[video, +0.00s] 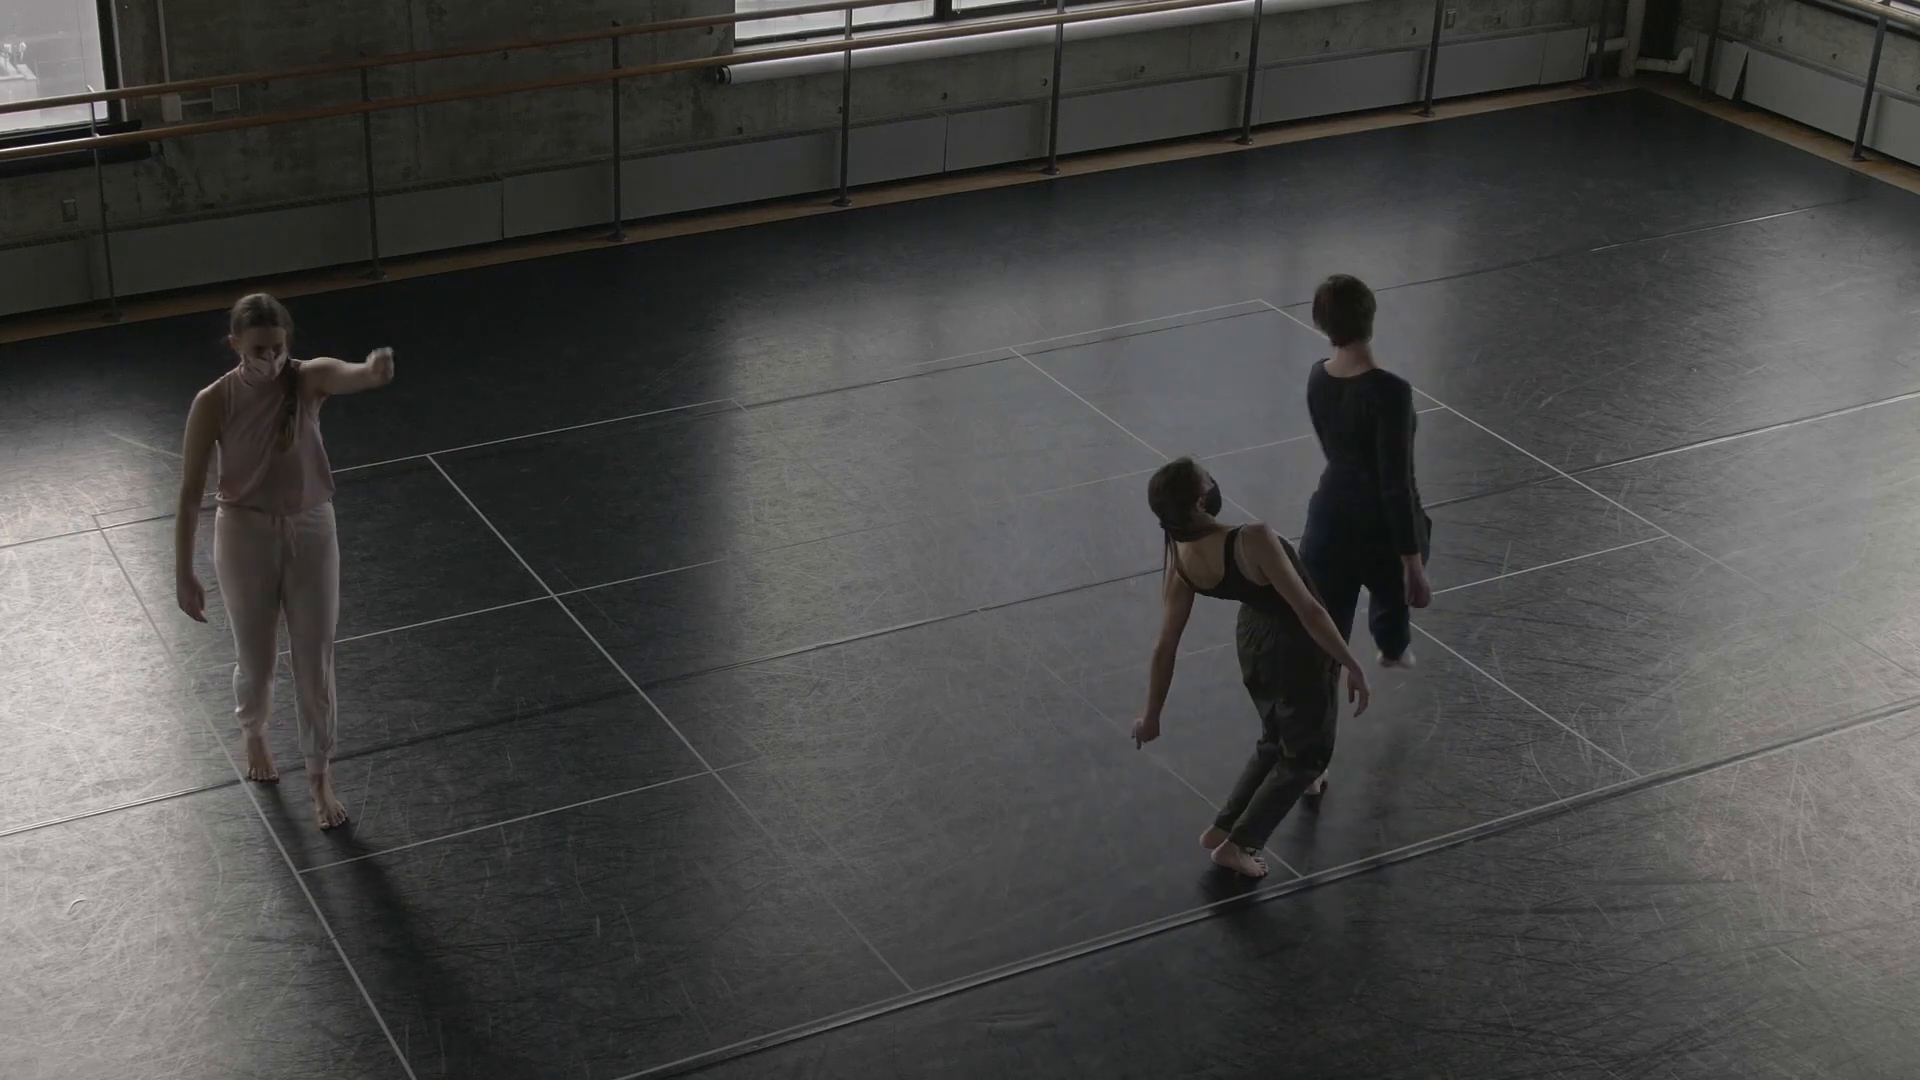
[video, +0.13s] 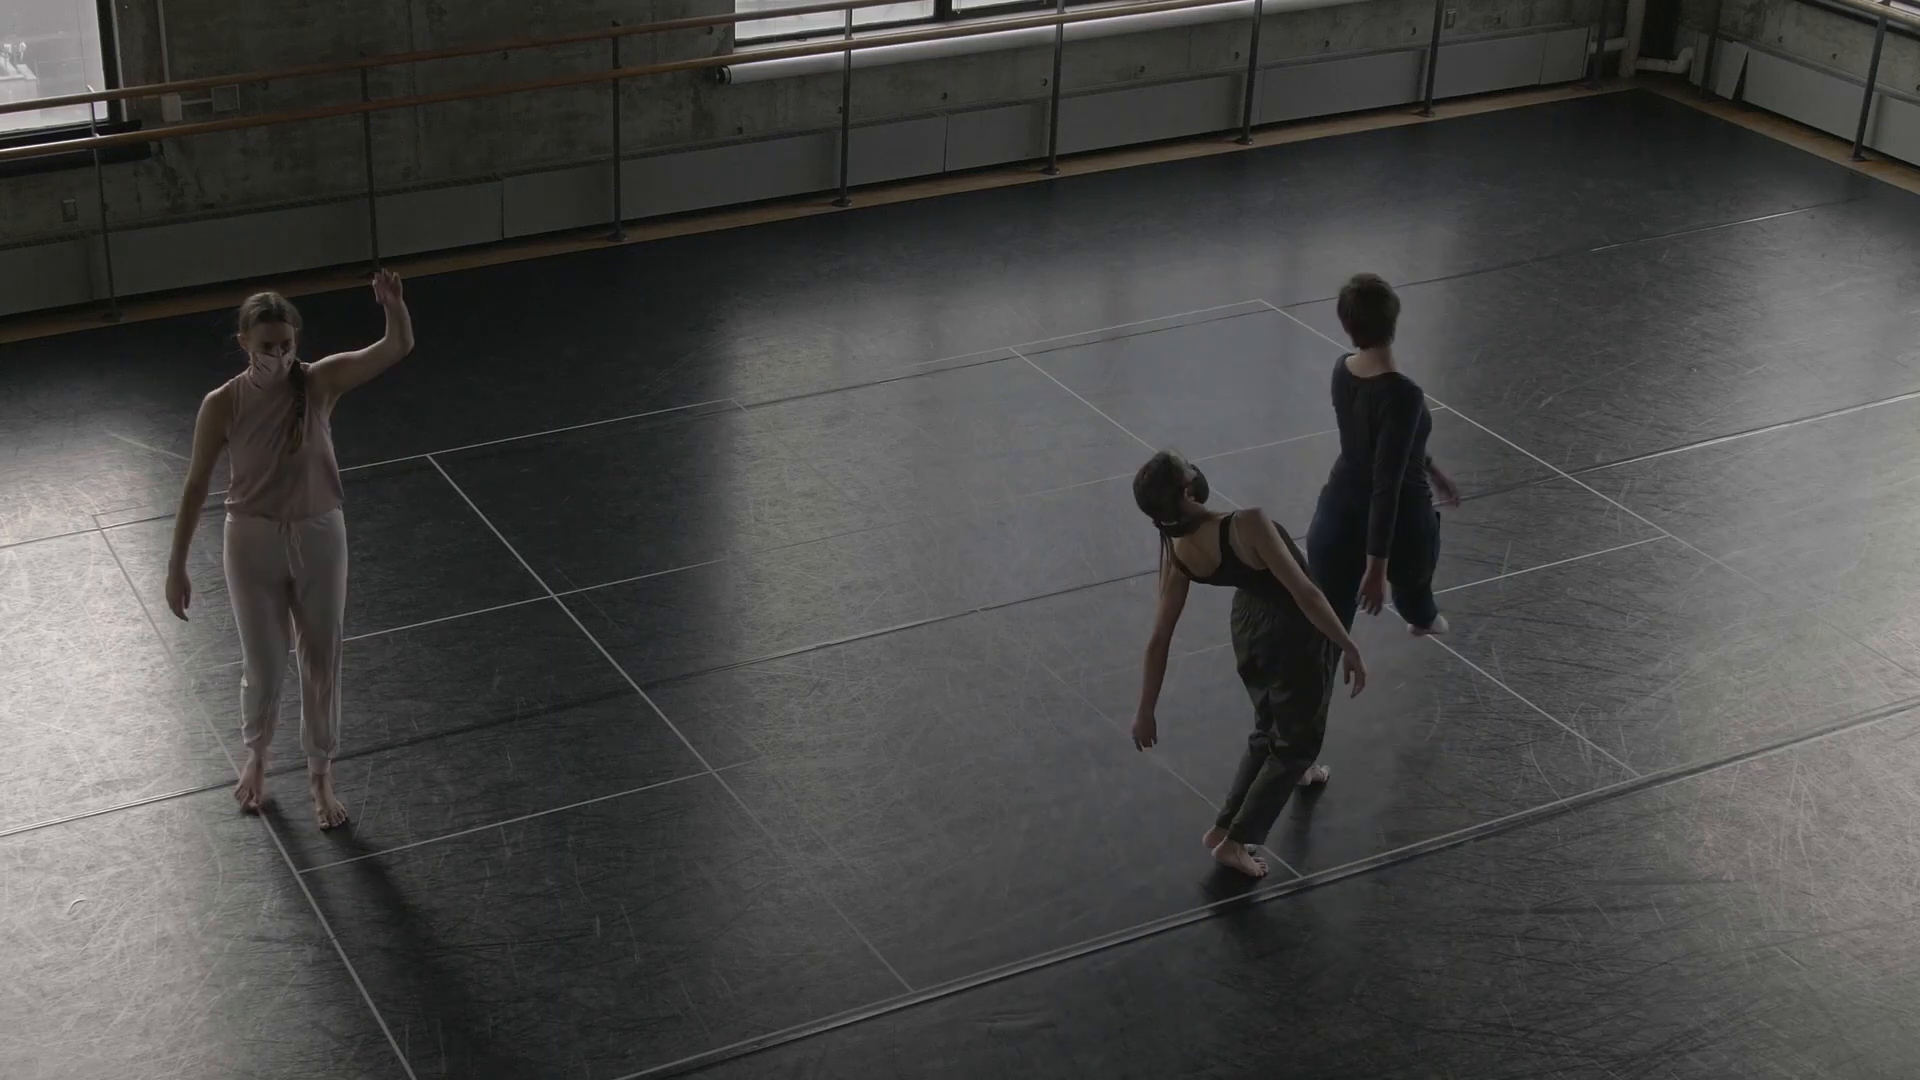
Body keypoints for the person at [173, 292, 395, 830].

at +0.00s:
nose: (268, 362)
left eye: (275, 350)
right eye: (257, 352)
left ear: (288, 342)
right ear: (235, 345)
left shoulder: (306, 376)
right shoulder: (214, 403)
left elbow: (347, 374)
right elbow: (192, 492)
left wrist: (374, 369)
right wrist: (184, 573)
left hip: (313, 532)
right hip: (245, 536)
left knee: (316, 661)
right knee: (258, 659)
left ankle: (322, 779)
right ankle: (254, 736)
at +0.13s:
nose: (278, 357)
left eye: (286, 346)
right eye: (268, 347)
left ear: (297, 341)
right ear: (245, 345)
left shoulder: (319, 380)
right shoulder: (221, 405)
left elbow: (397, 348)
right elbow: (196, 488)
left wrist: (395, 306)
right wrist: (176, 566)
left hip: (321, 537)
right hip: (252, 542)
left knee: (322, 664)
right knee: (264, 667)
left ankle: (322, 779)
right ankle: (254, 763)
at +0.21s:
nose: (280, 356)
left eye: (288, 345)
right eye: (269, 346)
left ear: (303, 341)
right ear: (249, 345)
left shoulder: (326, 382)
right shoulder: (227, 408)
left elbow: (409, 340)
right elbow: (201, 488)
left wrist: (397, 285)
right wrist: (179, 562)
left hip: (325, 539)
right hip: (255, 544)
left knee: (324, 669)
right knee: (268, 673)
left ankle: (323, 778)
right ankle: (267, 792)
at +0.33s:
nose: (291, 358)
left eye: (299, 347)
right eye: (280, 350)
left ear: (313, 346)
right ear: (260, 351)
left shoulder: (335, 386)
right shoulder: (232, 413)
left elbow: (416, 344)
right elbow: (209, 487)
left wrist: (403, 282)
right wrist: (184, 553)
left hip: (331, 548)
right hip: (261, 555)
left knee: (326, 679)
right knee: (280, 687)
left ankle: (322, 780)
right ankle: (279, 802)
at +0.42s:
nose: (299, 360)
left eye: (308, 351)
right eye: (288, 352)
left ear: (319, 349)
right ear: (267, 352)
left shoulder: (339, 389)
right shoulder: (237, 415)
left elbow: (418, 350)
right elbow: (208, 490)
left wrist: (408, 291)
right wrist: (183, 556)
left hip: (333, 551)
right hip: (263, 558)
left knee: (329, 683)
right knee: (281, 687)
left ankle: (322, 779)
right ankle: (282, 804)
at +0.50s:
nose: (310, 366)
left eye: (318, 356)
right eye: (299, 357)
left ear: (326, 353)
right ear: (273, 354)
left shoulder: (341, 394)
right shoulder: (240, 418)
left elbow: (420, 366)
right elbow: (206, 497)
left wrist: (410, 308)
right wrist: (181, 567)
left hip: (333, 557)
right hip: (263, 562)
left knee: (332, 693)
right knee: (285, 693)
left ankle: (321, 777)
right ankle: (286, 805)